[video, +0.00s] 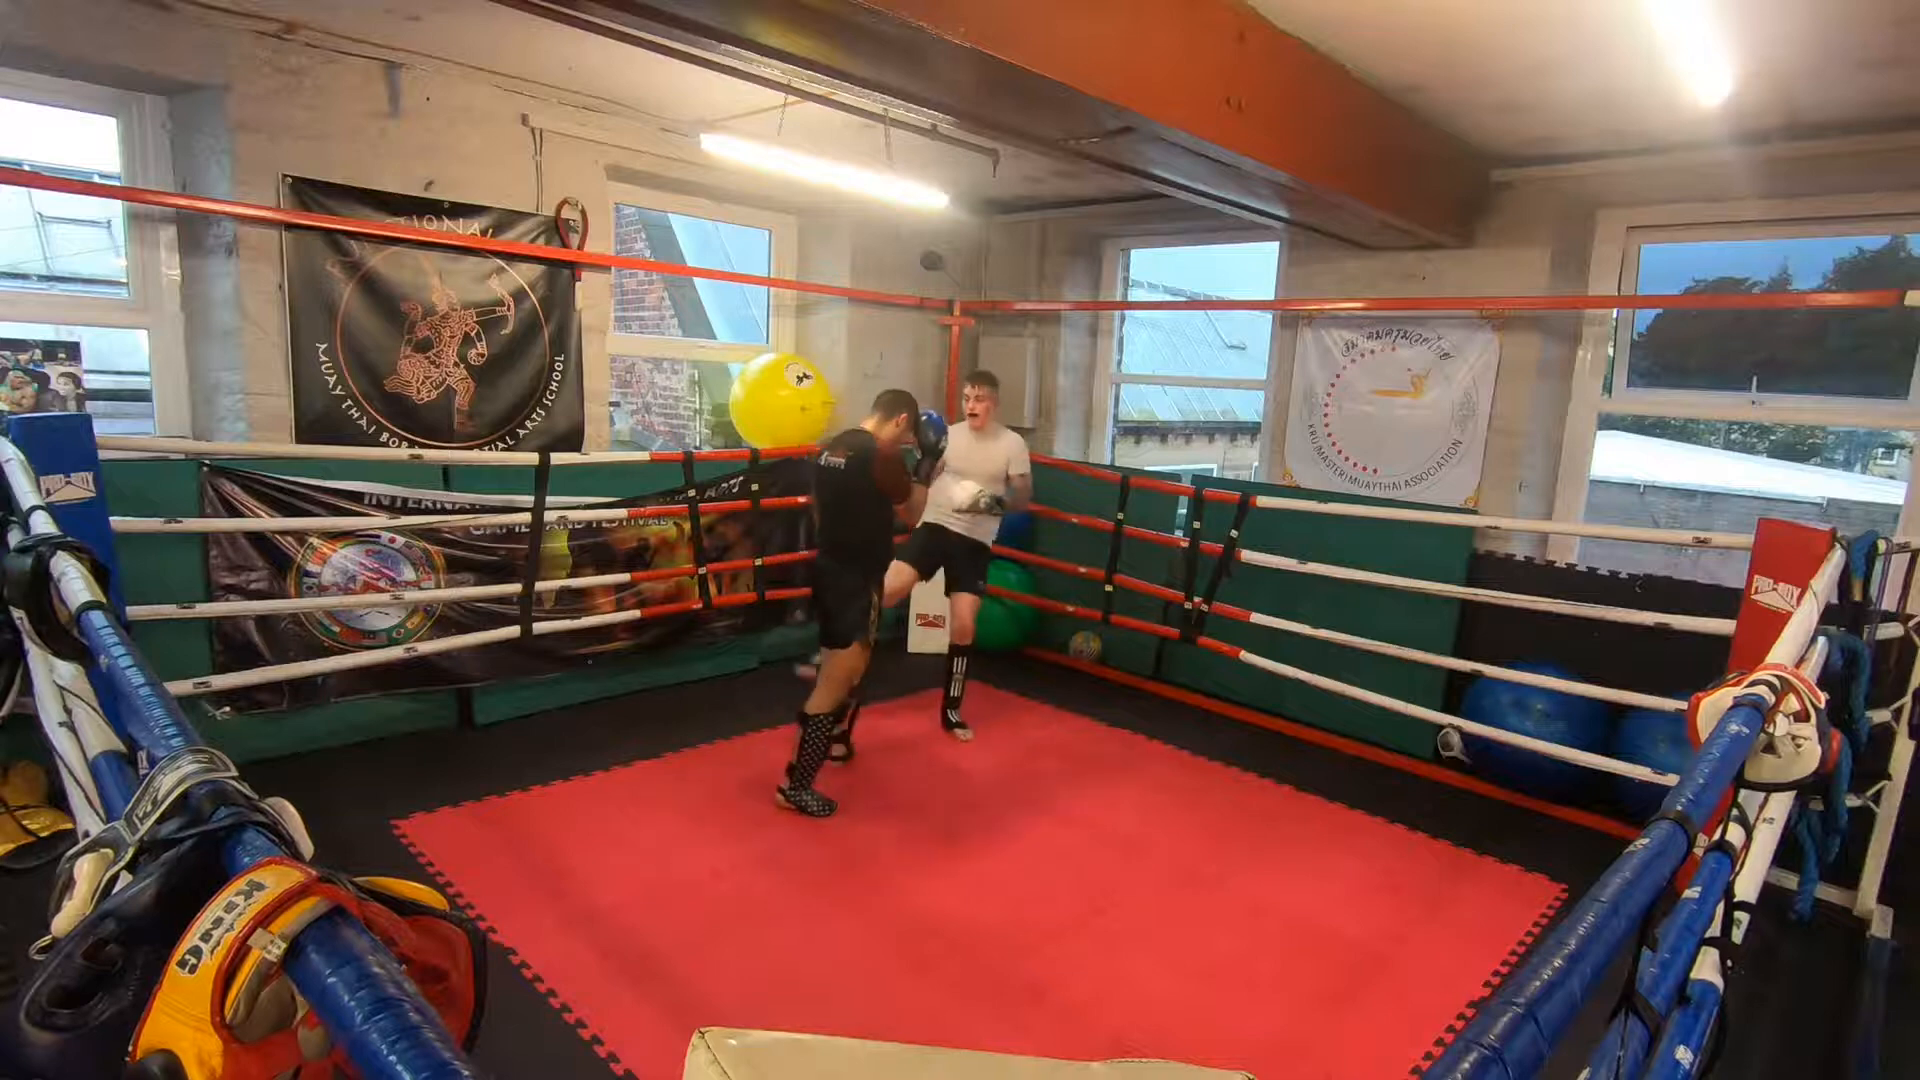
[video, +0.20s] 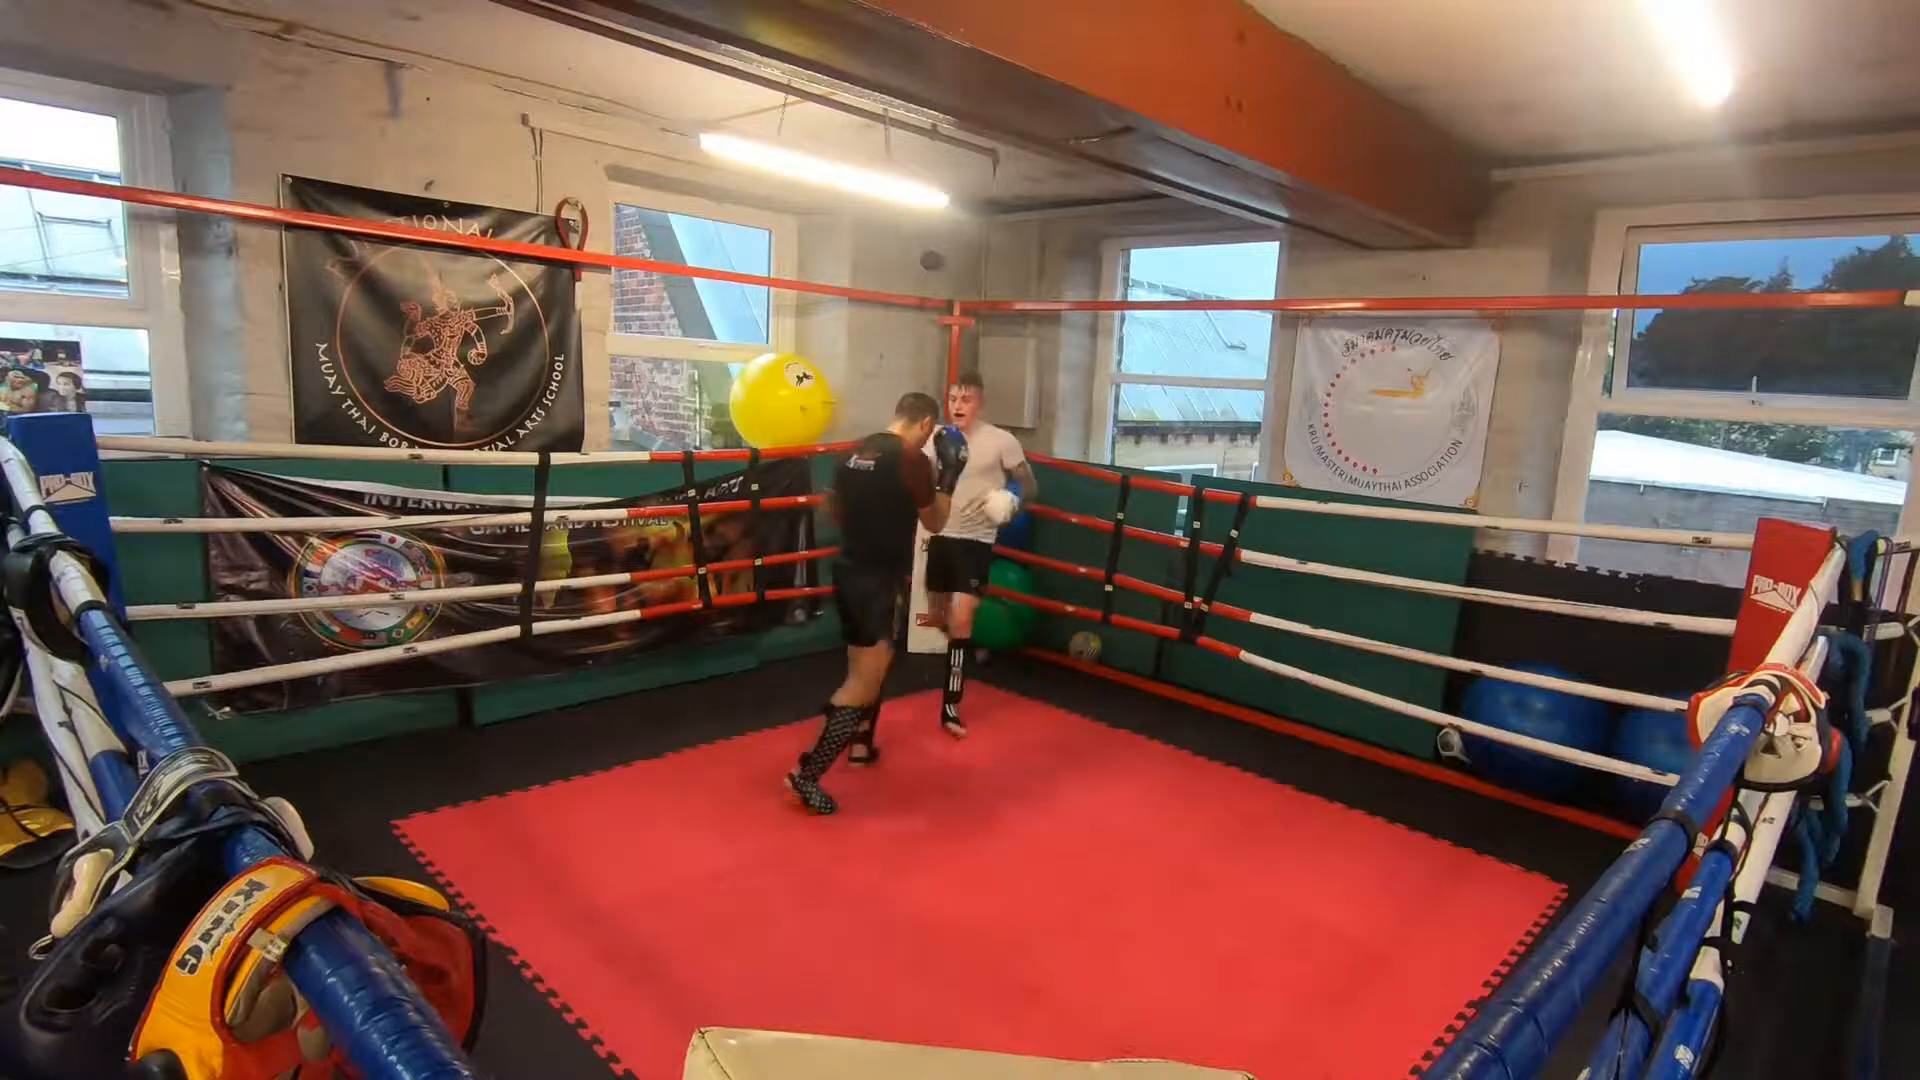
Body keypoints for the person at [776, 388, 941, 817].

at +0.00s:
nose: (907, 438)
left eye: (908, 432)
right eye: (909, 431)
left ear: (873, 413)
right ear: (900, 421)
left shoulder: (835, 449)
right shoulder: (880, 454)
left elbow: (828, 517)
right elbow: (911, 512)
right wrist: (928, 462)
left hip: (831, 572)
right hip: (855, 580)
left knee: (852, 662)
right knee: (837, 680)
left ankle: (833, 738)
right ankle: (797, 785)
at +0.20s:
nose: (930, 435)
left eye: (930, 430)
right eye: (932, 430)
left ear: (894, 418)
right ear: (924, 424)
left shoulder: (856, 455)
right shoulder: (912, 461)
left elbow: (840, 513)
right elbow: (935, 520)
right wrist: (949, 475)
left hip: (851, 572)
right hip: (881, 578)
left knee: (877, 658)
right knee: (865, 679)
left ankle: (862, 741)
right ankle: (807, 774)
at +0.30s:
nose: (941, 428)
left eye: (941, 422)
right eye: (942, 421)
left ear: (905, 414)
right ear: (933, 420)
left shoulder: (873, 447)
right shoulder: (929, 458)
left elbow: (846, 498)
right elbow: (946, 519)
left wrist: (887, 505)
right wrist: (952, 480)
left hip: (862, 567)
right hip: (896, 574)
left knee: (874, 659)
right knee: (912, 675)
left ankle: (858, 743)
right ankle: (849, 749)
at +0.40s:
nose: (958, 419)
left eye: (958, 411)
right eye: (958, 411)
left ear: (918, 407)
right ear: (950, 409)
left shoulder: (883, 440)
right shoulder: (946, 450)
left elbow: (865, 492)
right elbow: (958, 515)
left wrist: (907, 487)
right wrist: (973, 481)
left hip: (874, 560)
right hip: (917, 567)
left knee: (877, 653)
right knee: (943, 660)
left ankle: (858, 745)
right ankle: (903, 748)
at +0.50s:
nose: (963, 416)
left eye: (955, 408)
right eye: (966, 411)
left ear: (934, 402)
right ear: (968, 410)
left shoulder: (902, 436)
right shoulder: (963, 450)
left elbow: (879, 491)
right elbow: (978, 512)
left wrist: (919, 486)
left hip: (891, 560)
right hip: (937, 567)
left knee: (884, 650)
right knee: (955, 657)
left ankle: (860, 741)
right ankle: (963, 747)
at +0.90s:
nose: (980, 415)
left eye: (978, 408)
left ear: (977, 408)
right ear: (1011, 413)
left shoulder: (952, 442)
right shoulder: (1025, 453)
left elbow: (915, 487)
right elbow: (1023, 493)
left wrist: (914, 466)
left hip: (947, 556)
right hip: (992, 563)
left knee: (928, 631)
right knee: (988, 655)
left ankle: (919, 709)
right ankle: (984, 743)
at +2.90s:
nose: (968, 413)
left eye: (953, 408)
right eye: (980, 405)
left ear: (948, 407)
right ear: (984, 406)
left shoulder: (927, 445)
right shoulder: (1006, 445)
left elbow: (905, 501)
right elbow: (1020, 506)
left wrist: (932, 484)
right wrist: (1000, 484)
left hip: (940, 561)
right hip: (986, 561)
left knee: (936, 642)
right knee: (997, 646)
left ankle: (929, 730)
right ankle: (995, 734)